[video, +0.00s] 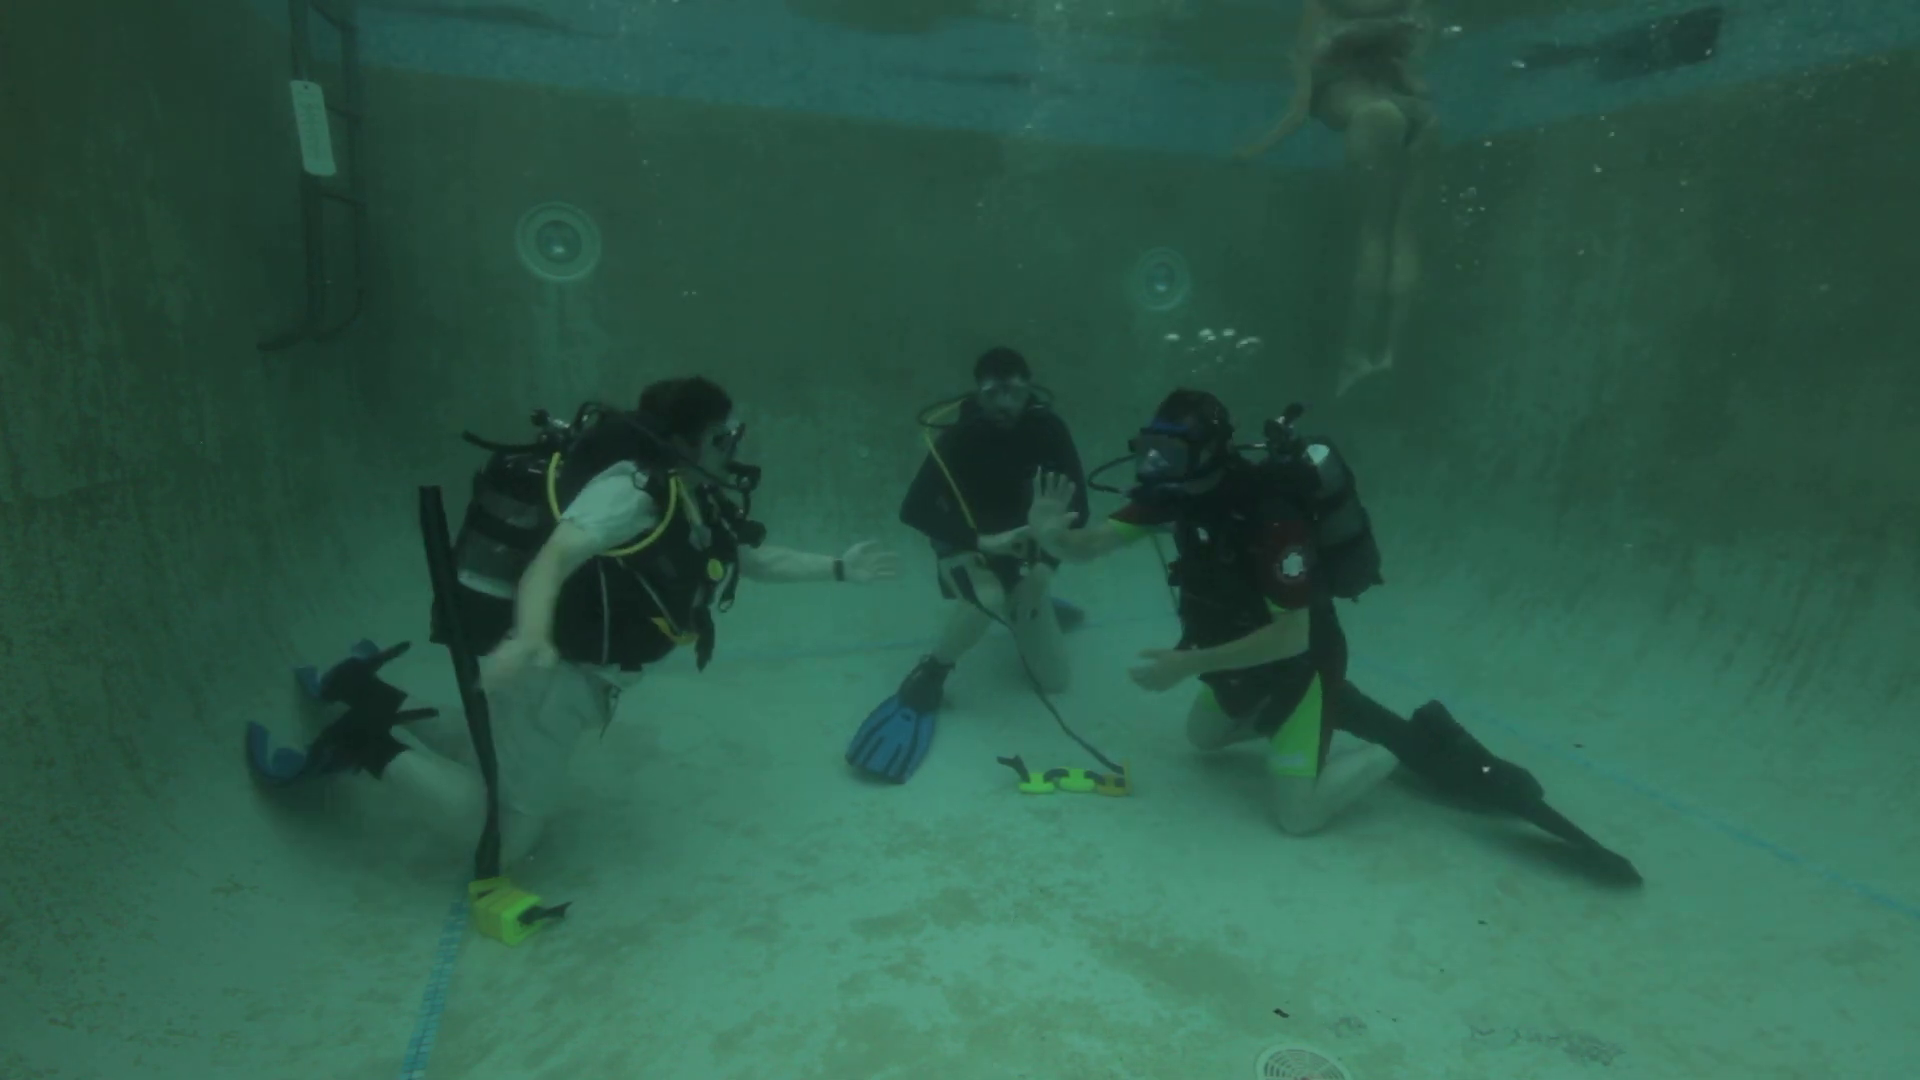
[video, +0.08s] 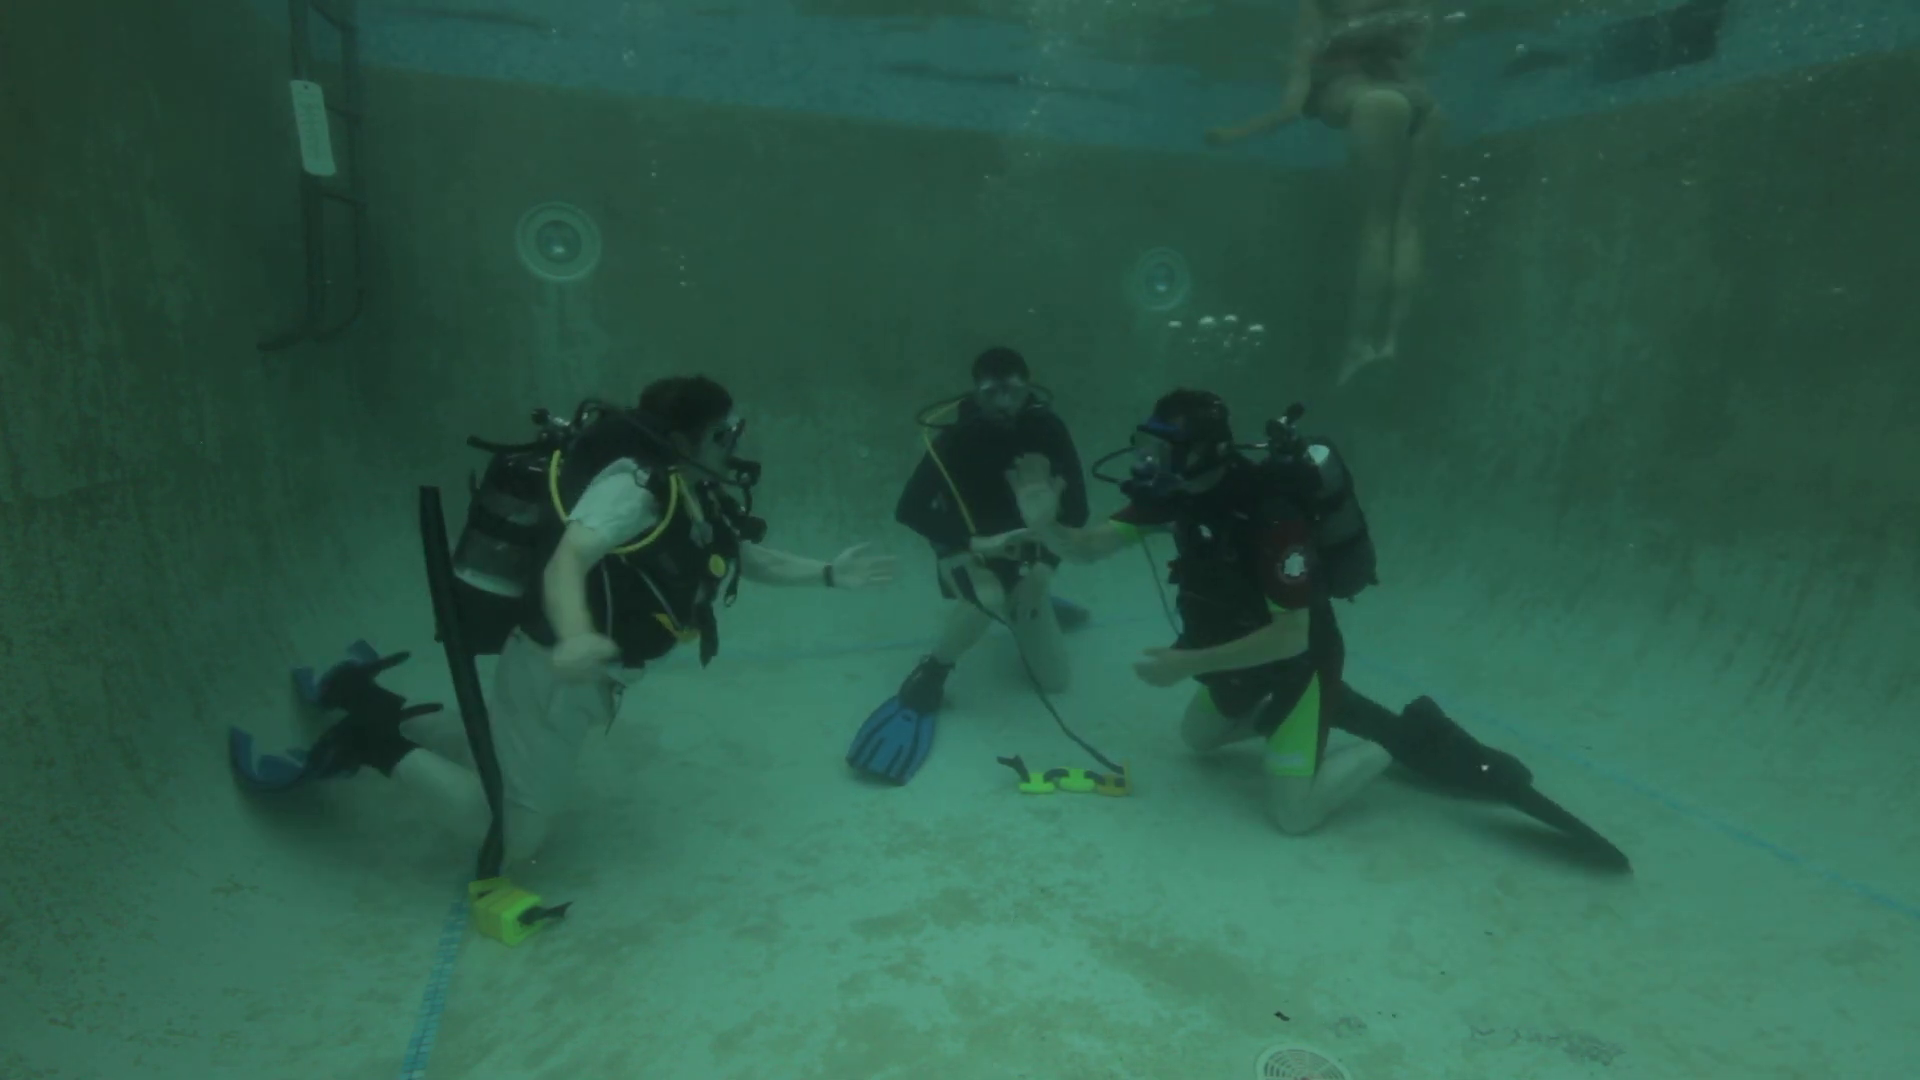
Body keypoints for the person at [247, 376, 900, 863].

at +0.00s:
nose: (734, 451)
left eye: (733, 438)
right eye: (726, 439)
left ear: (693, 440)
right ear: (691, 442)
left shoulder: (695, 494)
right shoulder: (632, 488)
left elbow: (750, 556)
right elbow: (550, 558)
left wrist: (835, 565)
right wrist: (530, 635)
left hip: (595, 665)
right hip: (541, 663)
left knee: (527, 782)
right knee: (509, 831)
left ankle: (377, 704)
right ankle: (369, 746)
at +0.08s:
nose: (734, 447)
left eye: (733, 434)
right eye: (725, 435)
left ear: (695, 439)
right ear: (687, 439)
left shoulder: (697, 490)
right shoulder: (635, 485)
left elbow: (750, 555)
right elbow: (564, 564)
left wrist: (829, 570)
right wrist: (575, 635)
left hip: (591, 665)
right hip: (545, 666)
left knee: (518, 754)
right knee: (519, 830)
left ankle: (374, 709)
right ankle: (379, 745)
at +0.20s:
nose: (730, 443)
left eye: (729, 431)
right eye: (721, 431)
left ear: (688, 432)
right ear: (686, 434)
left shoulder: (692, 482)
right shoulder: (640, 479)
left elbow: (725, 553)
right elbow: (585, 559)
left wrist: (782, 578)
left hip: (596, 660)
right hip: (560, 659)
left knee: (529, 781)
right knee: (530, 830)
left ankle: (366, 710)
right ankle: (382, 736)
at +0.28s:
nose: (729, 439)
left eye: (728, 427)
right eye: (722, 427)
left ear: (684, 423)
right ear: (687, 425)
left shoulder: (684, 470)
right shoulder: (640, 471)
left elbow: (715, 537)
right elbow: (597, 551)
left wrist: (759, 573)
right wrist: (682, 603)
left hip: (602, 650)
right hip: (569, 651)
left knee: (535, 781)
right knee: (540, 816)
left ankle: (388, 721)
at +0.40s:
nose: (735, 435)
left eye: (734, 422)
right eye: (726, 423)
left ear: (684, 420)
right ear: (692, 424)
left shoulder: (679, 464)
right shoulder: (646, 465)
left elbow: (693, 548)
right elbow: (608, 537)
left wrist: (734, 582)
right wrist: (702, 584)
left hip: (600, 646)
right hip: (575, 648)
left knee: (536, 773)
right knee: (544, 820)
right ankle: (416, 722)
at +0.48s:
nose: (745, 428)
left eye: (745, 415)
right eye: (736, 416)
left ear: (696, 420)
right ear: (699, 421)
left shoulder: (690, 464)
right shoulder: (649, 459)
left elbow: (700, 544)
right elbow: (608, 527)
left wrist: (745, 581)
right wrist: (691, 582)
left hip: (609, 646)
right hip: (582, 646)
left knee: (521, 760)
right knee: (551, 815)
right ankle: (434, 719)